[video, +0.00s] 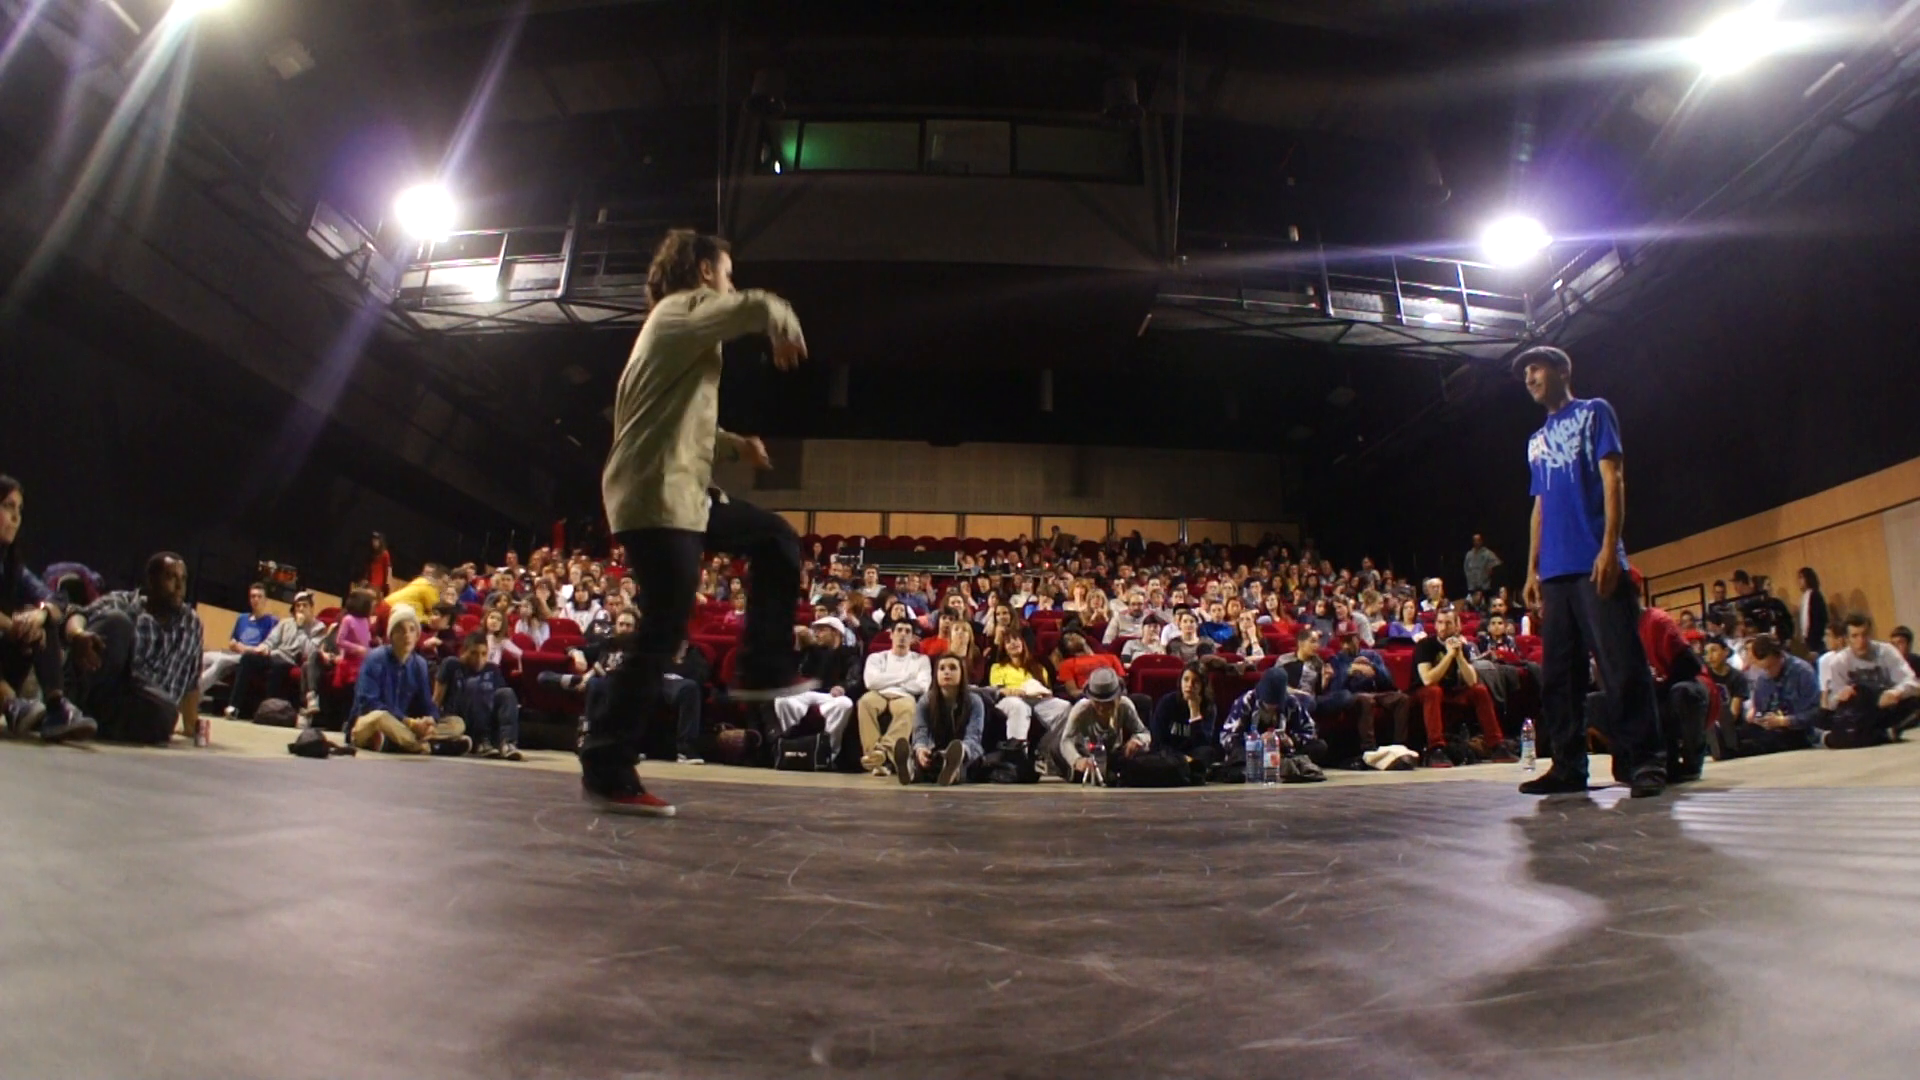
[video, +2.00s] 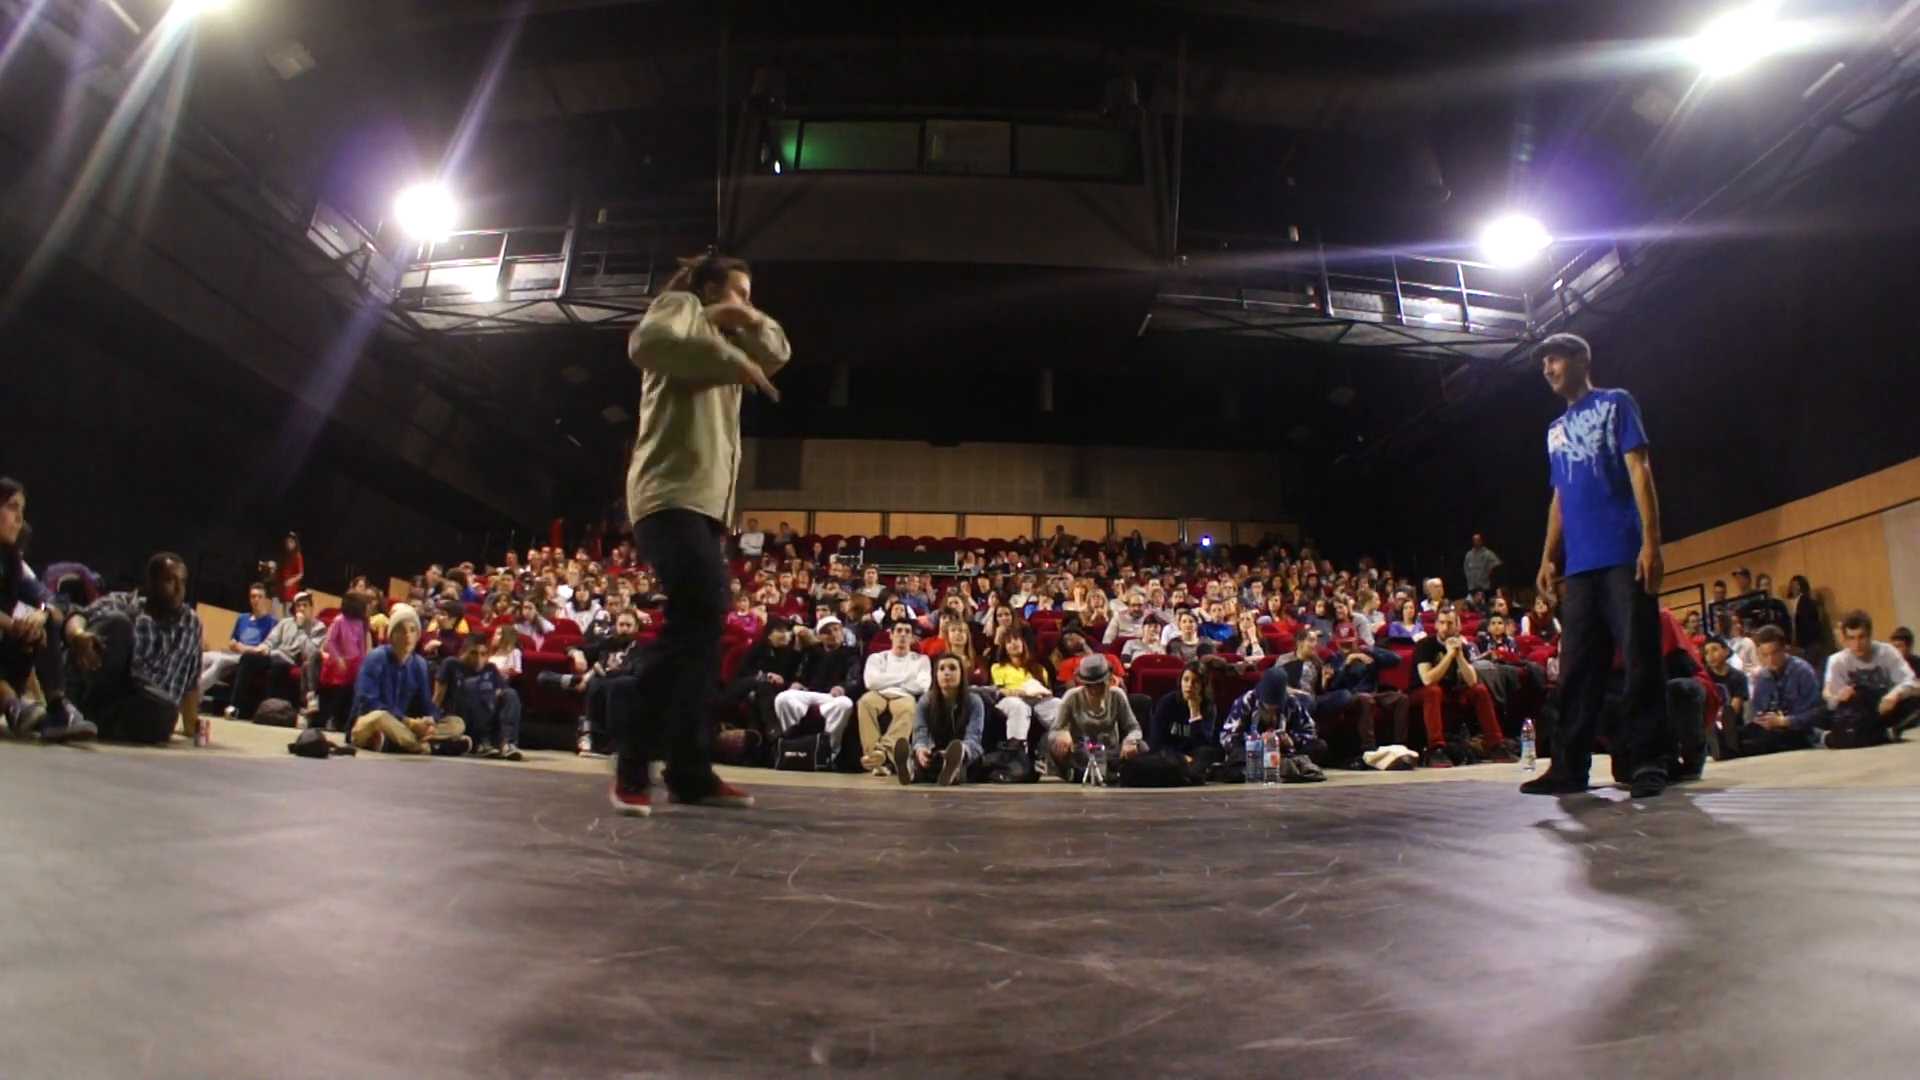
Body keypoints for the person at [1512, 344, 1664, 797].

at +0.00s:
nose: (1530, 379)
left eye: (1537, 370)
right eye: (1526, 375)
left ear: (1563, 372)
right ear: (1528, 385)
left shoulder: (1594, 411)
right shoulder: (1536, 442)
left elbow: (1614, 479)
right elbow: (1539, 507)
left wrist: (1610, 548)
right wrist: (1533, 569)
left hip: (1596, 566)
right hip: (1554, 574)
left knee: (1623, 669)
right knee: (1559, 674)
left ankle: (1646, 763)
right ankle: (1568, 766)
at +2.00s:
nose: (1548, 369)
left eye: (1556, 359)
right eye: (1545, 363)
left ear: (1582, 361)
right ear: (1547, 372)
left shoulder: (1615, 403)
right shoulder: (1556, 431)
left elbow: (1640, 470)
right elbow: (1559, 497)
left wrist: (1651, 542)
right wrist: (1549, 556)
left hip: (1623, 555)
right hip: (1579, 563)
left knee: (1640, 662)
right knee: (1578, 665)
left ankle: (1648, 764)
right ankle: (1569, 767)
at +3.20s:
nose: (1561, 365)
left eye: (1568, 355)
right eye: (1558, 361)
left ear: (1598, 358)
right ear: (1562, 373)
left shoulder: (1633, 394)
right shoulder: (1570, 430)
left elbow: (1660, 458)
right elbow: (1578, 498)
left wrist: (1671, 529)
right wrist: (1571, 560)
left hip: (1646, 551)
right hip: (1602, 563)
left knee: (1668, 659)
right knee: (1607, 665)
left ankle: (1691, 763)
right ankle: (1615, 764)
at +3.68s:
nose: (1586, 355)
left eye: (1593, 345)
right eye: (1582, 350)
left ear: (1621, 346)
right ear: (1586, 360)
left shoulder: (1654, 386)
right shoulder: (1593, 416)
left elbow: (1678, 455)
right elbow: (1599, 484)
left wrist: (1681, 527)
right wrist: (1590, 548)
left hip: (1658, 546)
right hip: (1615, 554)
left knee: (1675, 656)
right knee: (1619, 661)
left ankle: (1692, 762)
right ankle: (1623, 763)